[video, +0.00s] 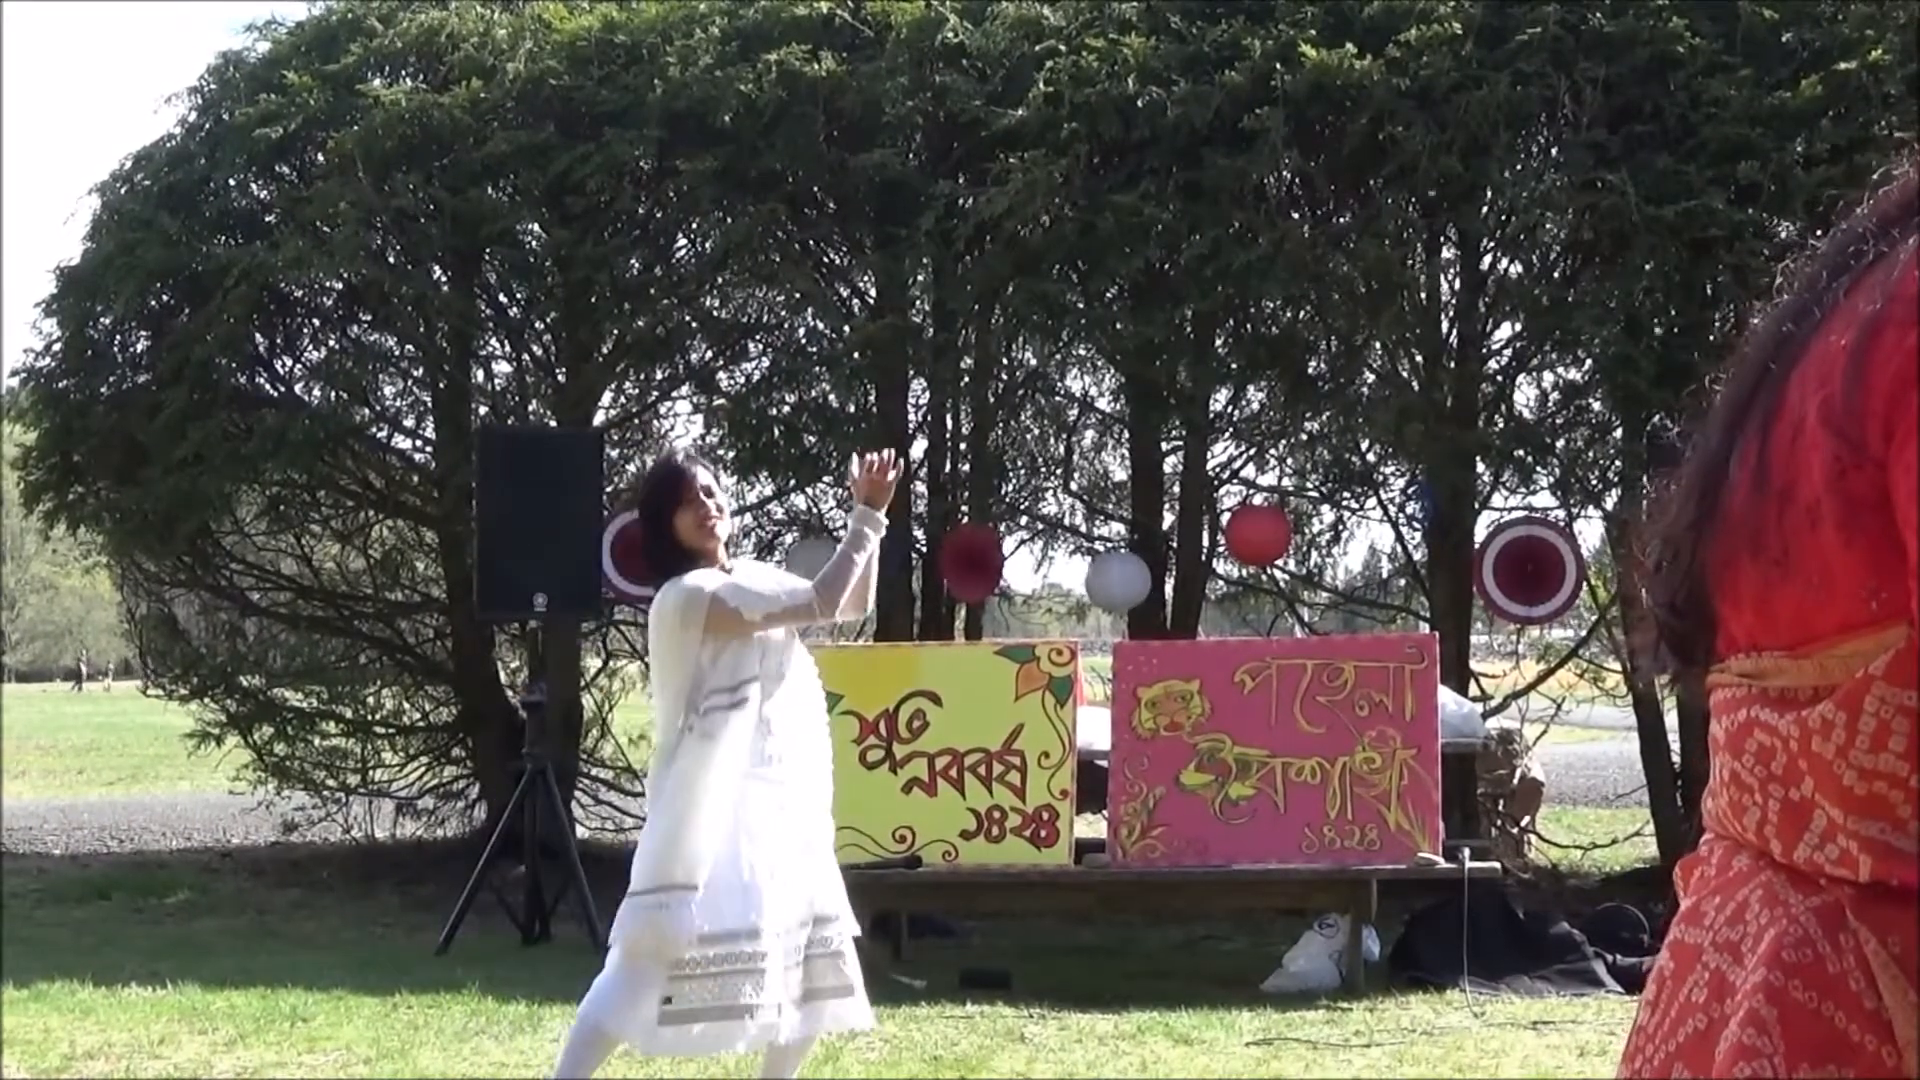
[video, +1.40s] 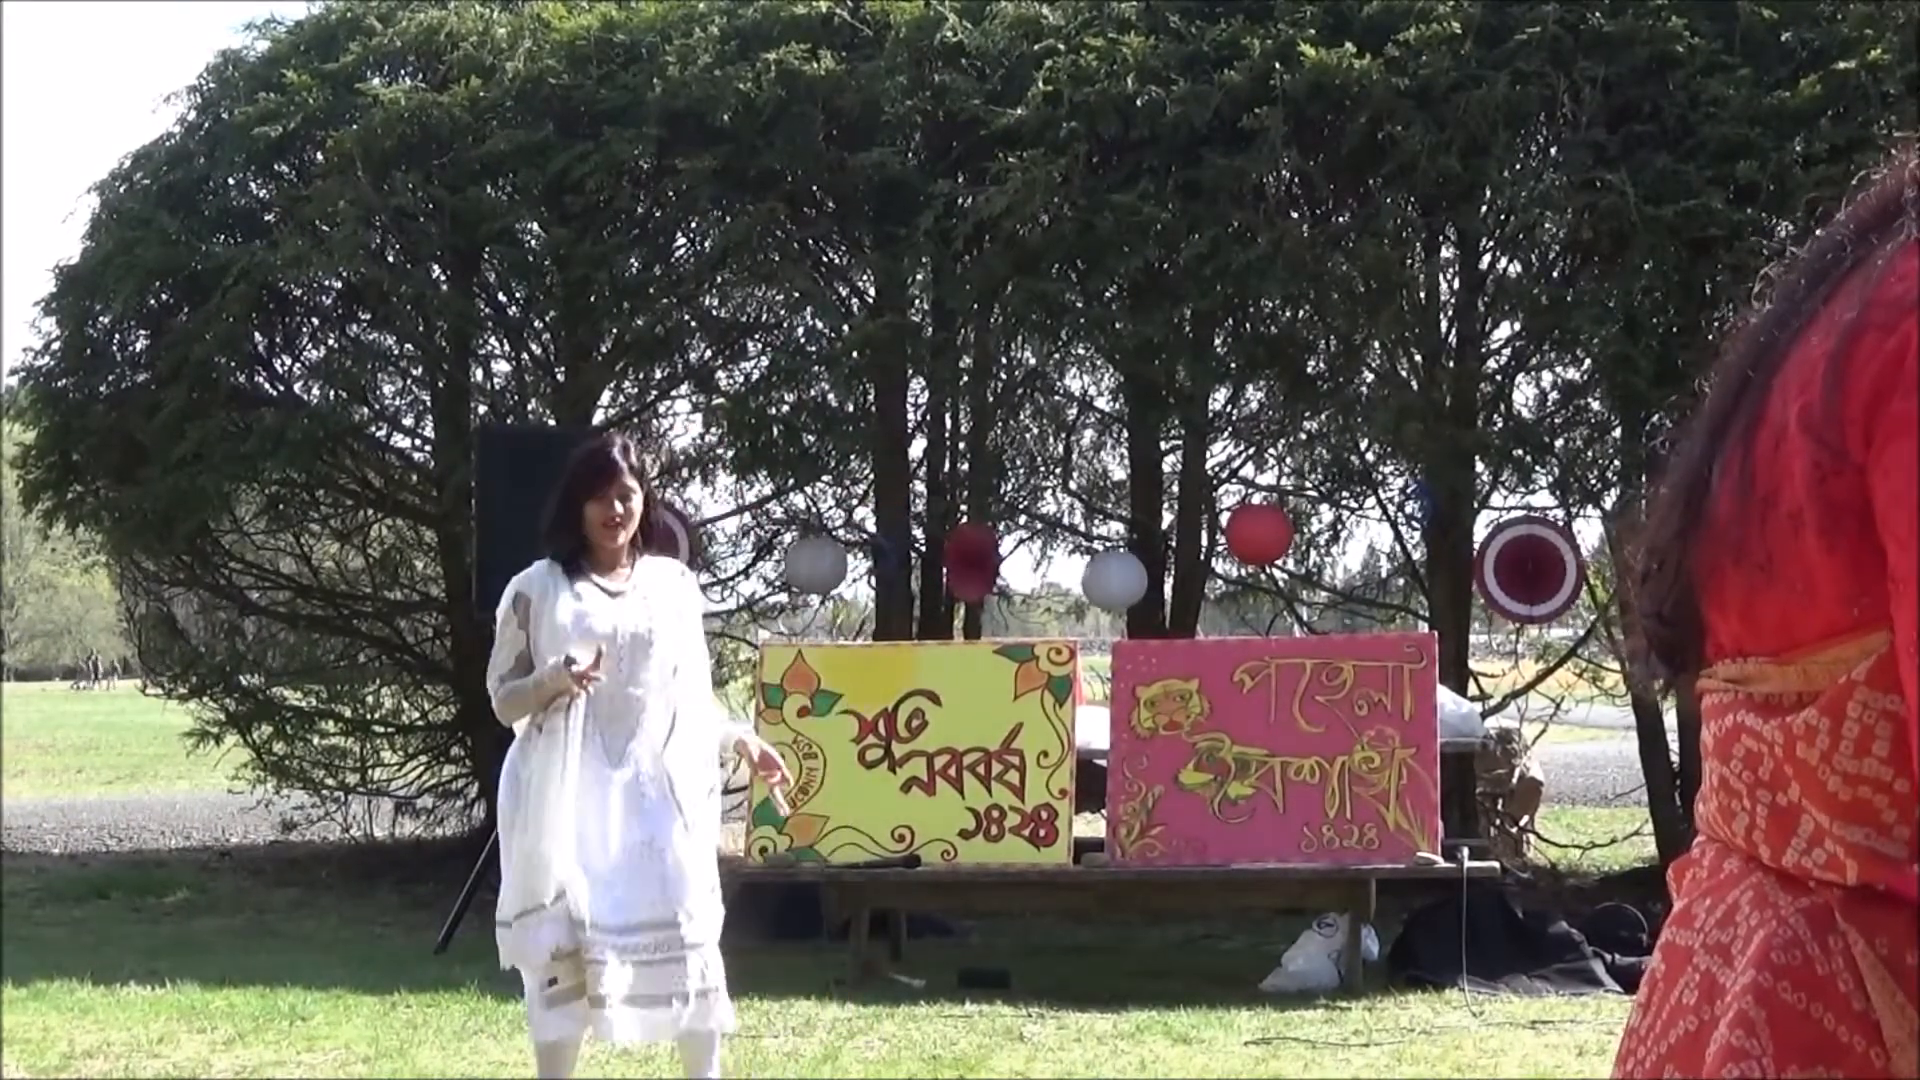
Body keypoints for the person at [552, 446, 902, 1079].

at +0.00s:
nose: (706, 507)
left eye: (710, 493)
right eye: (687, 502)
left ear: (725, 501)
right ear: (665, 522)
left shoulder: (751, 583)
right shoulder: (685, 596)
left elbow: (848, 606)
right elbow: (826, 601)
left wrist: (871, 517)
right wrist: (867, 513)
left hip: (779, 811)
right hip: (702, 813)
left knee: (821, 978)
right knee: (638, 966)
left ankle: (775, 1073)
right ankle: (566, 1072)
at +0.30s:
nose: (724, 527)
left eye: (731, 510)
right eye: (706, 519)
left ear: (751, 514)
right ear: (686, 536)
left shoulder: (790, 589)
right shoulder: (701, 610)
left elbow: (860, 689)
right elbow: (783, 688)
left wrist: (871, 628)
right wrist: (845, 608)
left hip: (801, 814)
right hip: (722, 820)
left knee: (813, 970)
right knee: (660, 961)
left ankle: (780, 1072)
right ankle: (585, 1074)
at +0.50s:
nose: (719, 522)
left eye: (730, 505)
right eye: (703, 513)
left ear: (757, 507)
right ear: (689, 526)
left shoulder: (803, 580)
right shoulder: (691, 604)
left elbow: (808, 704)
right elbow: (687, 722)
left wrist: (845, 697)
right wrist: (779, 681)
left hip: (802, 817)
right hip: (715, 820)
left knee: (810, 983)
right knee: (647, 972)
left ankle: (774, 1073)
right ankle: (582, 1074)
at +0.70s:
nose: (710, 515)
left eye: (722, 499)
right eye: (695, 505)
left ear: (751, 498)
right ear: (681, 515)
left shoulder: (806, 576)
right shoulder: (673, 594)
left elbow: (842, 660)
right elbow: (632, 702)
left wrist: (838, 695)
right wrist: (684, 712)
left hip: (791, 806)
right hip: (698, 809)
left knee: (794, 974)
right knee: (643, 962)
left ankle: (769, 1075)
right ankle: (579, 1073)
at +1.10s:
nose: (675, 493)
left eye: (687, 479)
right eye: (660, 481)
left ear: (709, 486)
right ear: (639, 492)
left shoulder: (754, 567)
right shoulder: (605, 579)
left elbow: (833, 640)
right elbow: (536, 668)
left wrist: (830, 711)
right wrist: (580, 688)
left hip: (733, 796)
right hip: (629, 799)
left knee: (747, 962)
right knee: (597, 965)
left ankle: (754, 1075)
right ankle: (564, 1073)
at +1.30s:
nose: (640, 503)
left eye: (651, 488)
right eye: (625, 490)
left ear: (667, 495)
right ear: (599, 498)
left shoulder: (702, 579)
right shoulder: (552, 588)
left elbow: (725, 684)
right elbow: (525, 701)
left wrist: (771, 745)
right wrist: (554, 691)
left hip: (686, 808)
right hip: (579, 811)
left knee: (716, 974)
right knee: (565, 978)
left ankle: (746, 1075)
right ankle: (555, 1076)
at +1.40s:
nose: (618, 510)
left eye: (629, 496)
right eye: (603, 497)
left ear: (645, 502)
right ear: (576, 503)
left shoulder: (675, 583)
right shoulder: (533, 590)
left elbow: (695, 705)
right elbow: (504, 705)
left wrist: (744, 741)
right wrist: (554, 681)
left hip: (664, 813)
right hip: (562, 815)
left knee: (697, 976)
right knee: (559, 984)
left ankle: (704, 1073)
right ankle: (553, 1075)